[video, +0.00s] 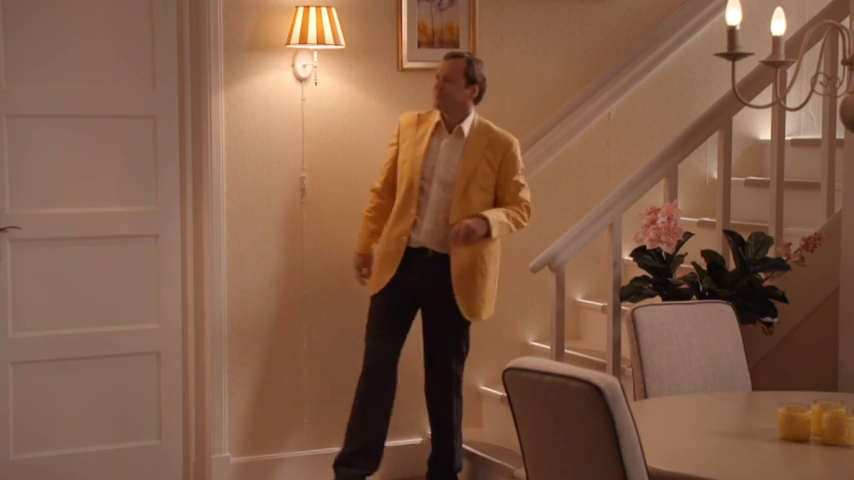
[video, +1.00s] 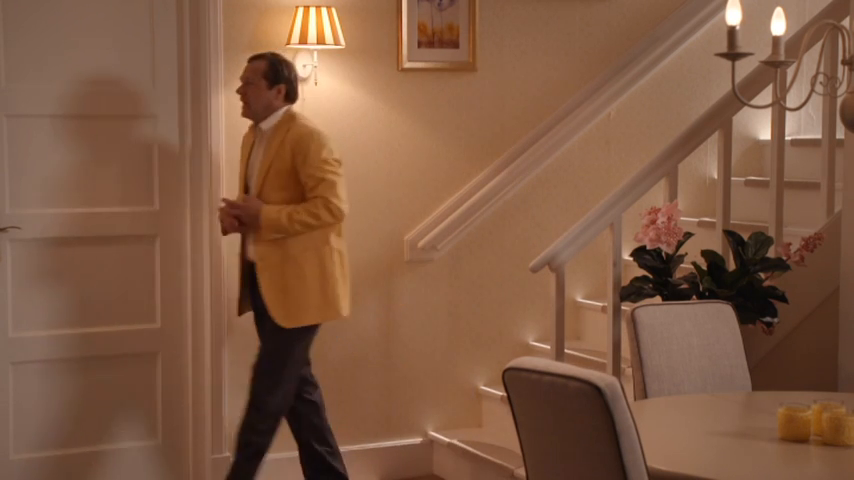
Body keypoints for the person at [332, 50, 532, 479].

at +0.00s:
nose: (436, 87)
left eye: (447, 81)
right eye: (436, 79)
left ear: (474, 91)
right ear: (434, 83)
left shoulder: (501, 146)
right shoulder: (410, 126)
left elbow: (520, 207)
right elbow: (383, 191)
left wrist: (487, 222)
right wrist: (366, 246)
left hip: (453, 271)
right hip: (399, 263)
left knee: (445, 376)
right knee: (377, 365)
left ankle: (444, 472)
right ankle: (353, 468)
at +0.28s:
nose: (384, 94)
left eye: (393, 88)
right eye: (384, 86)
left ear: (422, 93)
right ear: (388, 89)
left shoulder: (458, 142)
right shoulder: (372, 132)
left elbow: (480, 209)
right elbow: (361, 196)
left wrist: (434, 222)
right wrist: (358, 253)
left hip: (426, 278)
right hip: (372, 273)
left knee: (429, 381)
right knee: (351, 374)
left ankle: (443, 471)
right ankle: (334, 474)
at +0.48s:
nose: (332, 94)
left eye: (340, 87)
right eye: (332, 87)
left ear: (370, 93)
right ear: (350, 93)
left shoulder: (407, 139)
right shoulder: (325, 139)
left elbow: (439, 202)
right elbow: (316, 203)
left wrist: (393, 224)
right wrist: (303, 260)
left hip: (388, 279)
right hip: (333, 279)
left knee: (420, 382)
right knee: (324, 384)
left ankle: (442, 474)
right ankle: (330, 475)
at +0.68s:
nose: (289, 90)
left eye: (297, 82)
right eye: (289, 82)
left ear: (327, 86)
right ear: (316, 87)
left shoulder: (366, 133)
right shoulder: (289, 134)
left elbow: (399, 197)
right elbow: (276, 194)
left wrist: (348, 219)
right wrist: (252, 239)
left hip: (357, 273)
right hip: (306, 275)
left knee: (368, 380)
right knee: (312, 388)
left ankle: (385, 473)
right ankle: (327, 477)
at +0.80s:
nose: (268, 86)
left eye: (277, 80)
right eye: (269, 79)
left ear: (307, 86)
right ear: (289, 86)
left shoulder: (343, 132)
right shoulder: (272, 134)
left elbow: (377, 197)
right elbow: (264, 190)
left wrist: (316, 218)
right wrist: (243, 221)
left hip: (335, 275)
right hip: (291, 274)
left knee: (325, 390)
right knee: (304, 391)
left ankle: (333, 476)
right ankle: (319, 475)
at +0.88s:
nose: (256, 88)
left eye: (264, 81)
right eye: (257, 81)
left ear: (294, 88)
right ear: (280, 88)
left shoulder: (329, 134)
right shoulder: (263, 136)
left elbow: (361, 199)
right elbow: (260, 193)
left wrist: (294, 217)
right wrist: (241, 213)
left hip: (323, 278)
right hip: (279, 276)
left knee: (306, 396)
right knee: (305, 393)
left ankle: (294, 476)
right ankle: (332, 474)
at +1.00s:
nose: (239, 90)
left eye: (248, 84)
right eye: (241, 83)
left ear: (277, 91)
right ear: (266, 91)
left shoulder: (308, 138)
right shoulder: (253, 138)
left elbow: (330, 209)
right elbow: (263, 204)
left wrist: (263, 215)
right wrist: (240, 217)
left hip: (301, 286)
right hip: (264, 282)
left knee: (266, 399)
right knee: (302, 398)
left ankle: (239, 476)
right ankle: (329, 476)